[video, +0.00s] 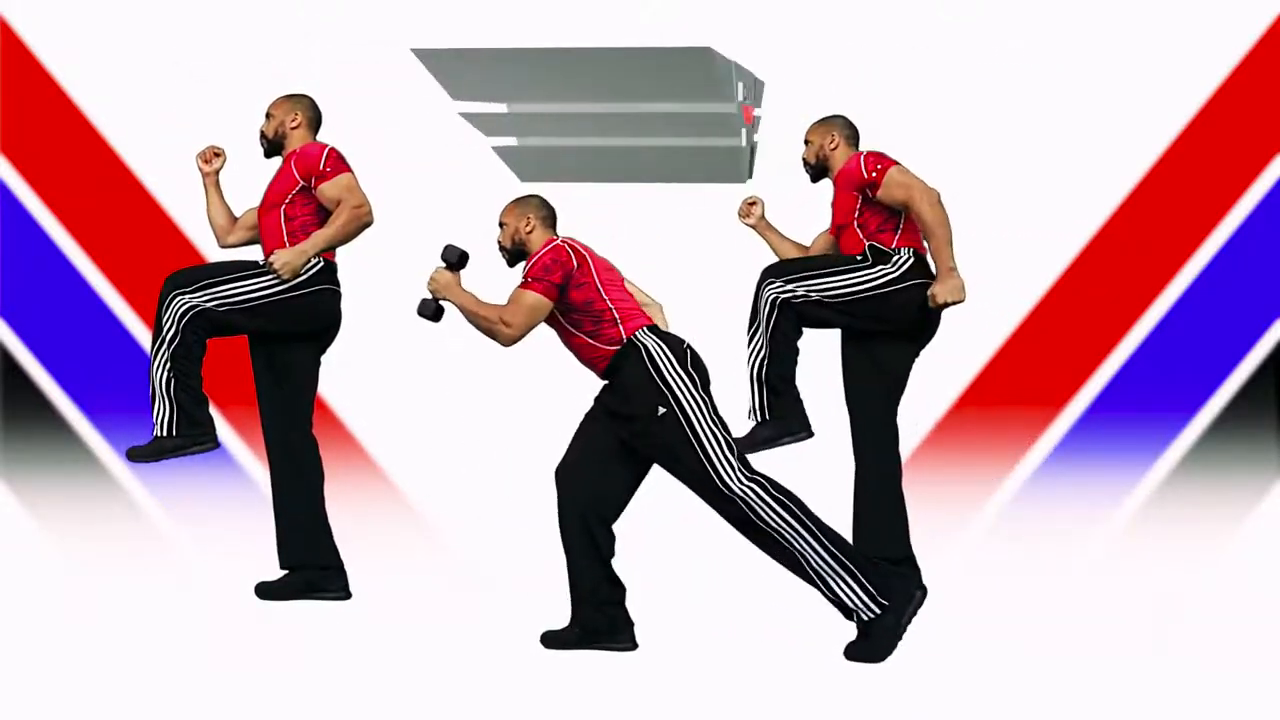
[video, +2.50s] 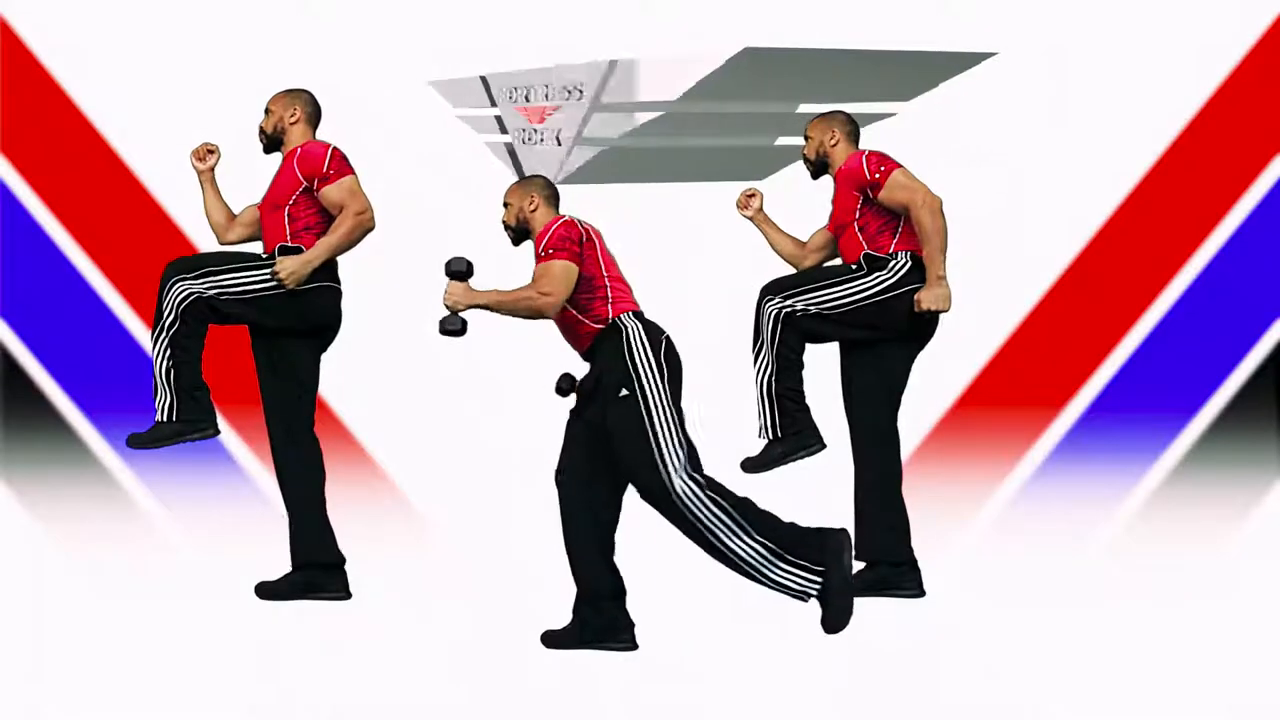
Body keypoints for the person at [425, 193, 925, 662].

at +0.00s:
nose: (498, 237)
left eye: (505, 226)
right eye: (499, 228)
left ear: (533, 223)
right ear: (536, 228)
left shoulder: (554, 255)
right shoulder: (569, 262)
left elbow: (507, 328)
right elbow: (650, 306)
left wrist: (454, 292)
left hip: (655, 367)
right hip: (629, 385)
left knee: (735, 487)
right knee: (579, 488)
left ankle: (879, 599)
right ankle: (602, 623)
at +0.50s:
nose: (505, 248)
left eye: (511, 238)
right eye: (506, 240)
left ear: (541, 237)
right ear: (543, 240)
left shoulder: (562, 269)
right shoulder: (578, 276)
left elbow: (513, 341)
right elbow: (661, 324)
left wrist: (463, 301)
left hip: (660, 382)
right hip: (632, 401)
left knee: (734, 506)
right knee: (574, 488)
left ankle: (885, 609)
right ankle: (601, 622)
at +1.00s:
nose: (506, 250)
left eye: (512, 239)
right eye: (506, 243)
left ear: (541, 236)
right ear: (543, 240)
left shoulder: (563, 267)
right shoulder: (577, 275)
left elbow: (515, 341)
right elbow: (657, 325)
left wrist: (462, 303)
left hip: (657, 385)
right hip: (630, 402)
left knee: (735, 505)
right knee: (572, 488)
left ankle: (886, 609)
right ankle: (601, 622)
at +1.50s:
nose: (534, 187)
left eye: (539, 177)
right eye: (535, 179)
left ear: (564, 175)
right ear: (565, 178)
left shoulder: (593, 202)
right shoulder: (573, 233)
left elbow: (645, 256)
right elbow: (556, 309)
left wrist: (619, 321)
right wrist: (498, 287)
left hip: (600, 335)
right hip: (607, 348)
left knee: (493, 365)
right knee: (591, 492)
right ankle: (604, 620)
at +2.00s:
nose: (538, 187)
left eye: (543, 178)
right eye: (539, 180)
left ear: (568, 175)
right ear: (569, 177)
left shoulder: (593, 203)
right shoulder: (571, 234)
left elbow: (645, 255)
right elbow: (540, 301)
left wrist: (636, 326)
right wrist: (494, 263)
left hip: (599, 321)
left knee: (483, 348)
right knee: (581, 485)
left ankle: (484, 479)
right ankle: (602, 619)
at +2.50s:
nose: (503, 215)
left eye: (507, 205)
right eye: (503, 207)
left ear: (532, 202)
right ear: (536, 204)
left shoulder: (559, 229)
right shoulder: (562, 245)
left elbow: (547, 297)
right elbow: (602, 318)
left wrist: (475, 298)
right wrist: (591, 376)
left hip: (630, 349)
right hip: (606, 366)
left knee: (673, 484)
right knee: (580, 489)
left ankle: (819, 561)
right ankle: (602, 622)